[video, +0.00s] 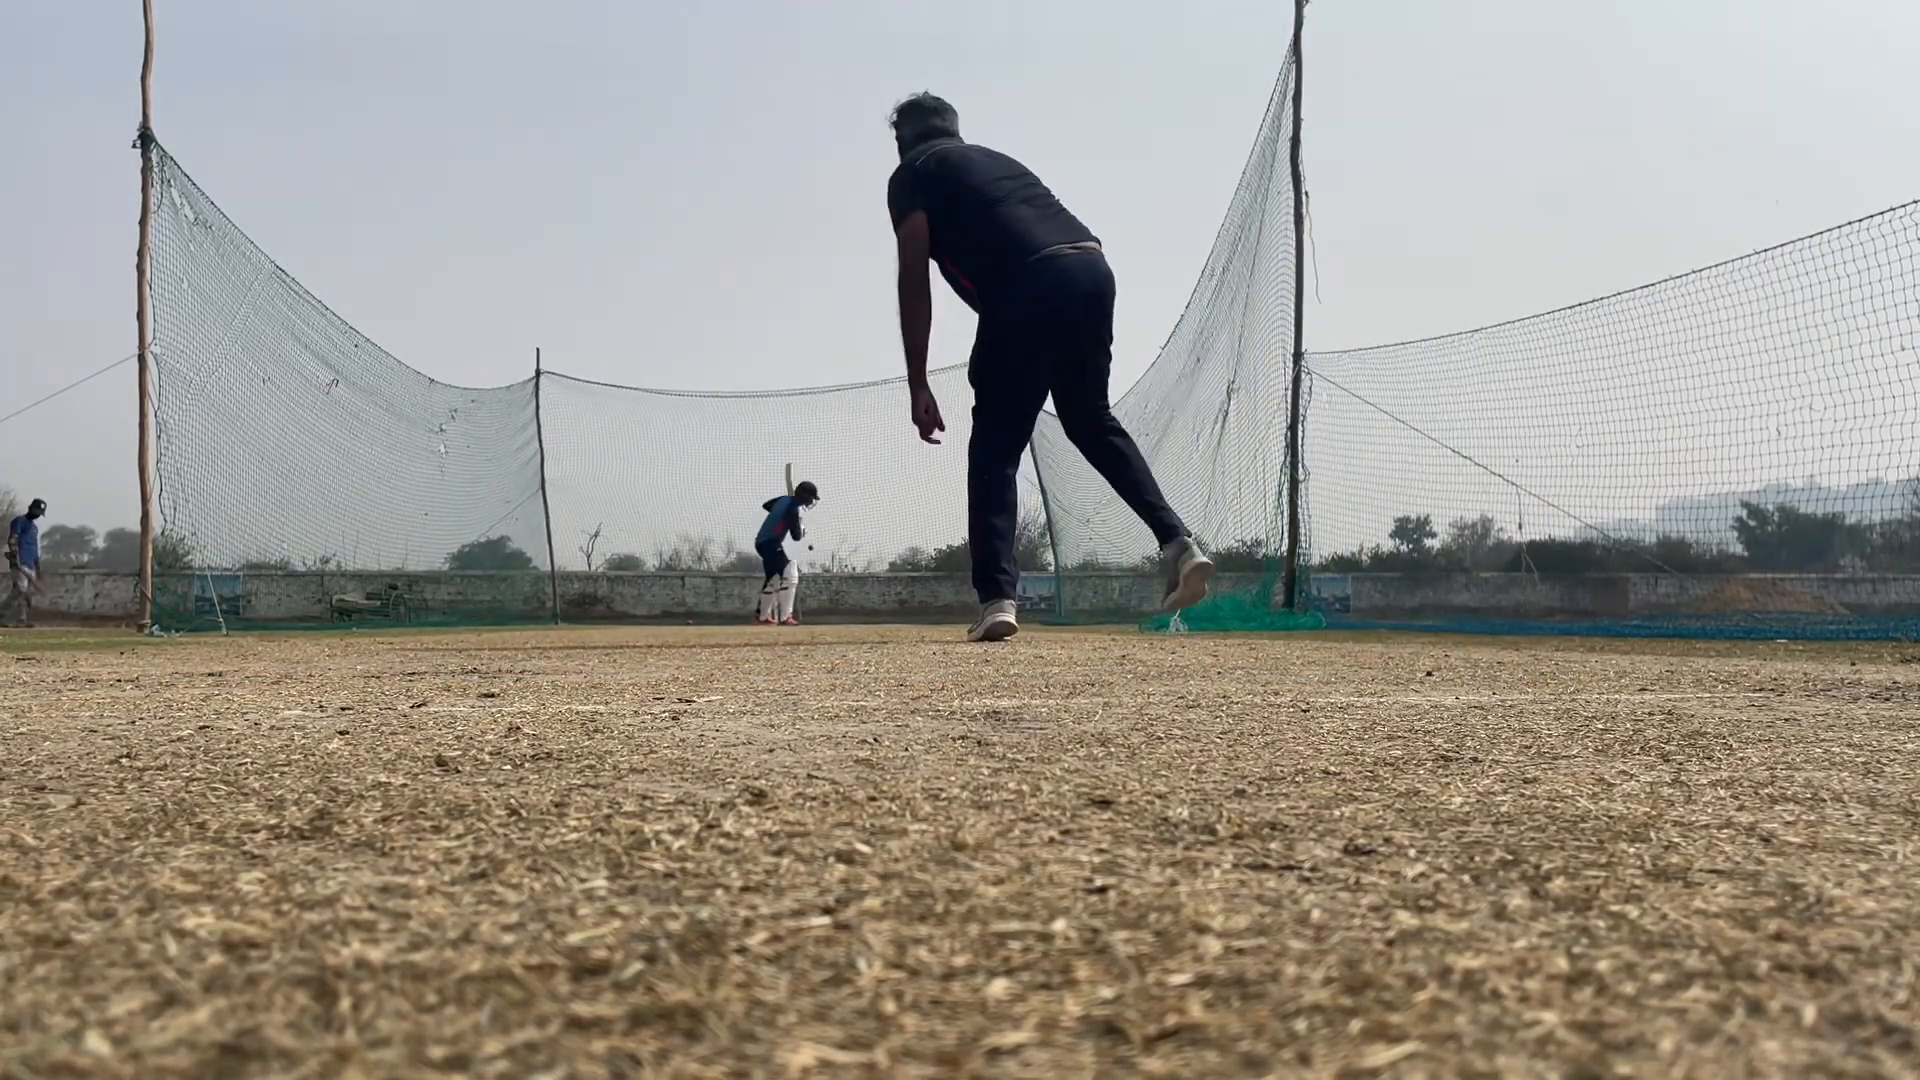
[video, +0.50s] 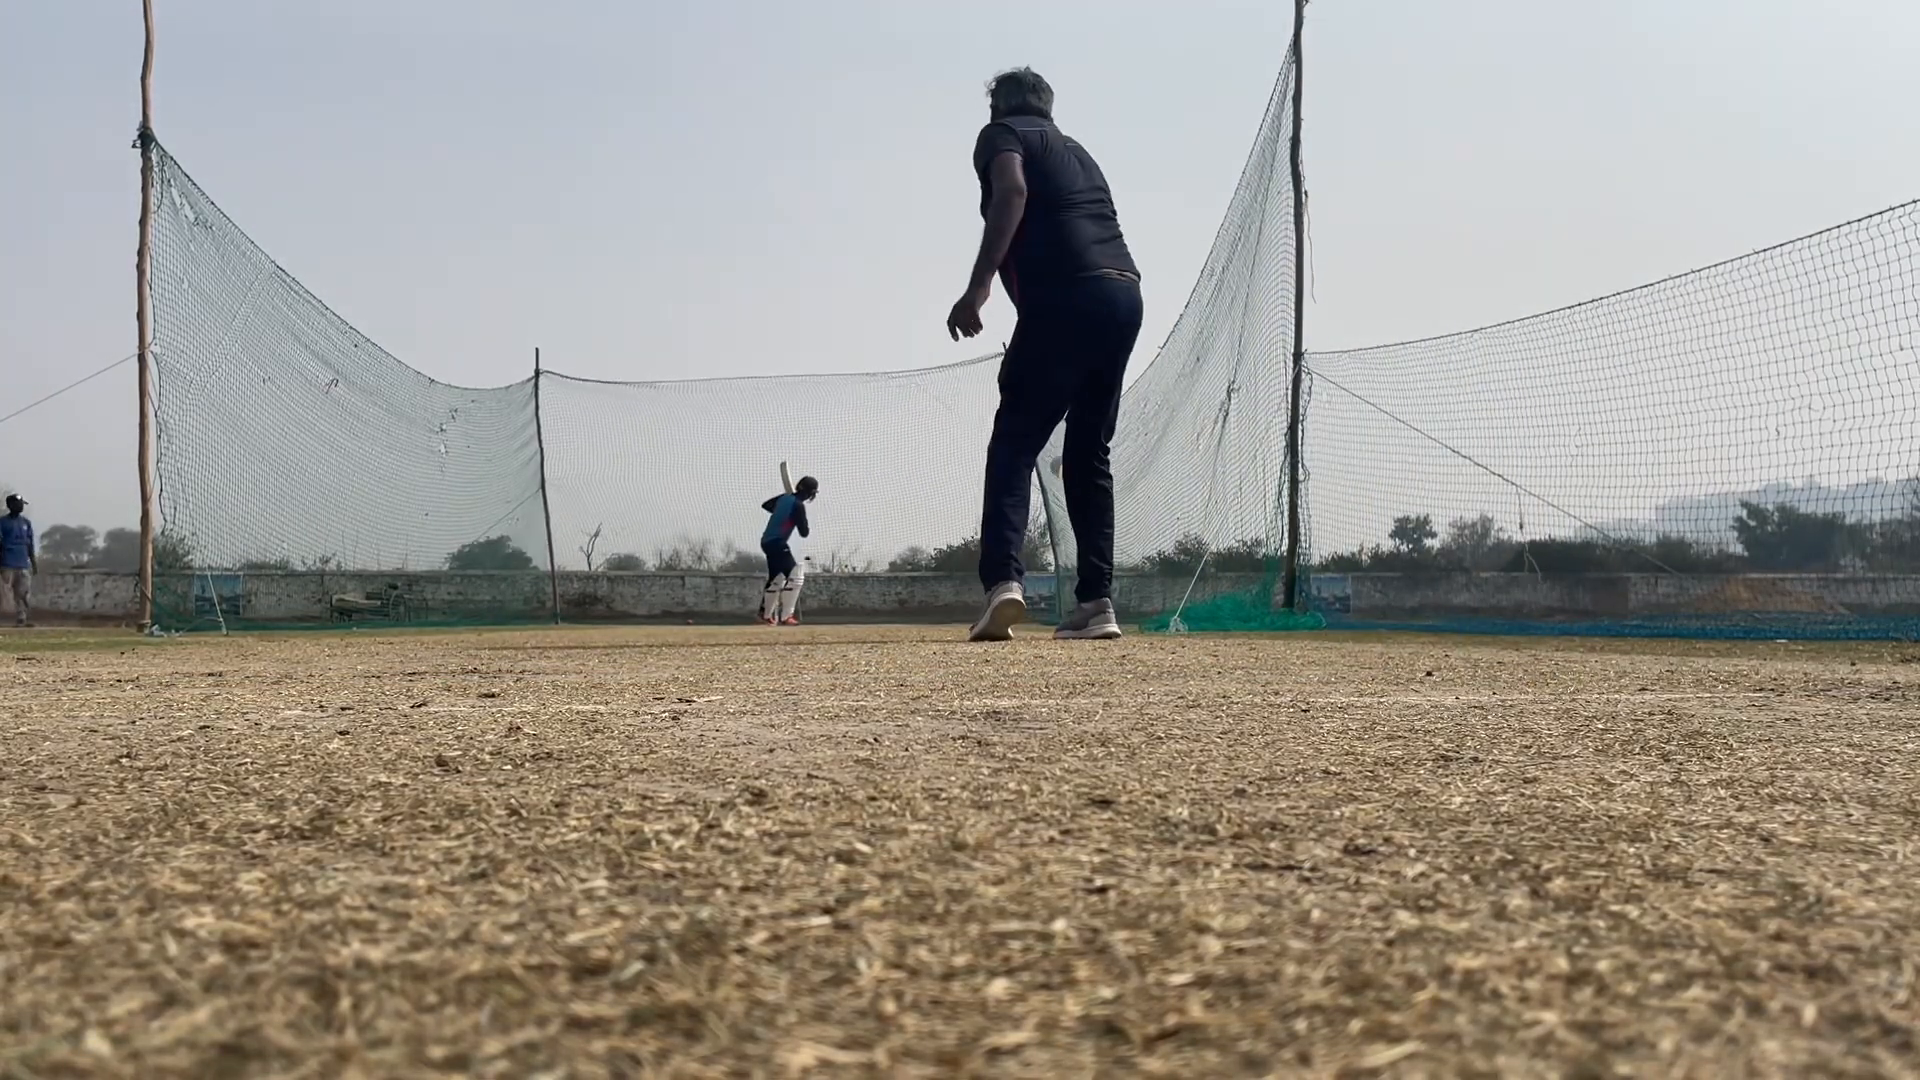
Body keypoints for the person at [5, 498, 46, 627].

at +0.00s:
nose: (37, 514)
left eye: (40, 512)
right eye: (37, 511)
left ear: (41, 514)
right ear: (31, 508)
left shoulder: (34, 528)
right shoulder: (19, 521)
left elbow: (35, 549)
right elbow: (13, 541)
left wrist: (38, 568)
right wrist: (15, 559)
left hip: (30, 565)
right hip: (19, 563)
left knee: (26, 592)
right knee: (20, 590)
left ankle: (4, 612)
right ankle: (21, 618)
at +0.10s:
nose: (35, 513)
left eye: (38, 510)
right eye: (34, 509)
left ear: (39, 512)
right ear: (28, 507)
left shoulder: (33, 527)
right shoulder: (17, 521)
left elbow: (36, 547)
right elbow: (10, 540)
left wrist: (39, 564)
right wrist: (10, 557)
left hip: (30, 562)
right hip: (18, 561)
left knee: (26, 590)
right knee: (20, 589)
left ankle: (22, 617)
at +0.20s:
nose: (32, 510)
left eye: (34, 508)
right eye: (30, 507)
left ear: (36, 510)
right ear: (24, 507)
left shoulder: (32, 526)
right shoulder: (13, 522)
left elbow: (35, 548)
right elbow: (6, 543)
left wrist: (42, 566)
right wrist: (7, 562)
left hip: (29, 564)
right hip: (16, 563)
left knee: (26, 591)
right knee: (15, 590)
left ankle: (22, 617)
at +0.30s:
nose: (30, 509)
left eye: (31, 506)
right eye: (28, 506)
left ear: (30, 507)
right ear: (21, 506)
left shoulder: (30, 524)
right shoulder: (9, 522)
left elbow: (34, 547)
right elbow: (4, 545)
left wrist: (41, 565)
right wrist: (4, 566)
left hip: (27, 565)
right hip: (13, 565)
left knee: (27, 592)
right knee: (12, 591)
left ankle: (22, 615)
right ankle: (22, 614)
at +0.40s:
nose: (25, 508)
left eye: (26, 505)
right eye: (22, 505)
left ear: (26, 506)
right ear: (15, 506)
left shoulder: (28, 523)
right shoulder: (6, 522)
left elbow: (32, 545)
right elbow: (3, 542)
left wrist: (37, 562)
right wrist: (2, 564)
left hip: (25, 562)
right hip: (10, 561)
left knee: (25, 590)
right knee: (7, 590)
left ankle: (22, 617)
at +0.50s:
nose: (21, 507)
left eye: (21, 504)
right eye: (18, 504)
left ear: (22, 505)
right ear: (10, 505)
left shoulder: (26, 523)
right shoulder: (3, 522)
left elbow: (30, 544)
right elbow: (2, 542)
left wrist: (33, 562)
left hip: (23, 562)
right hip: (7, 562)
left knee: (23, 592)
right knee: (5, 592)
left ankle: (22, 617)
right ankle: (4, 616)